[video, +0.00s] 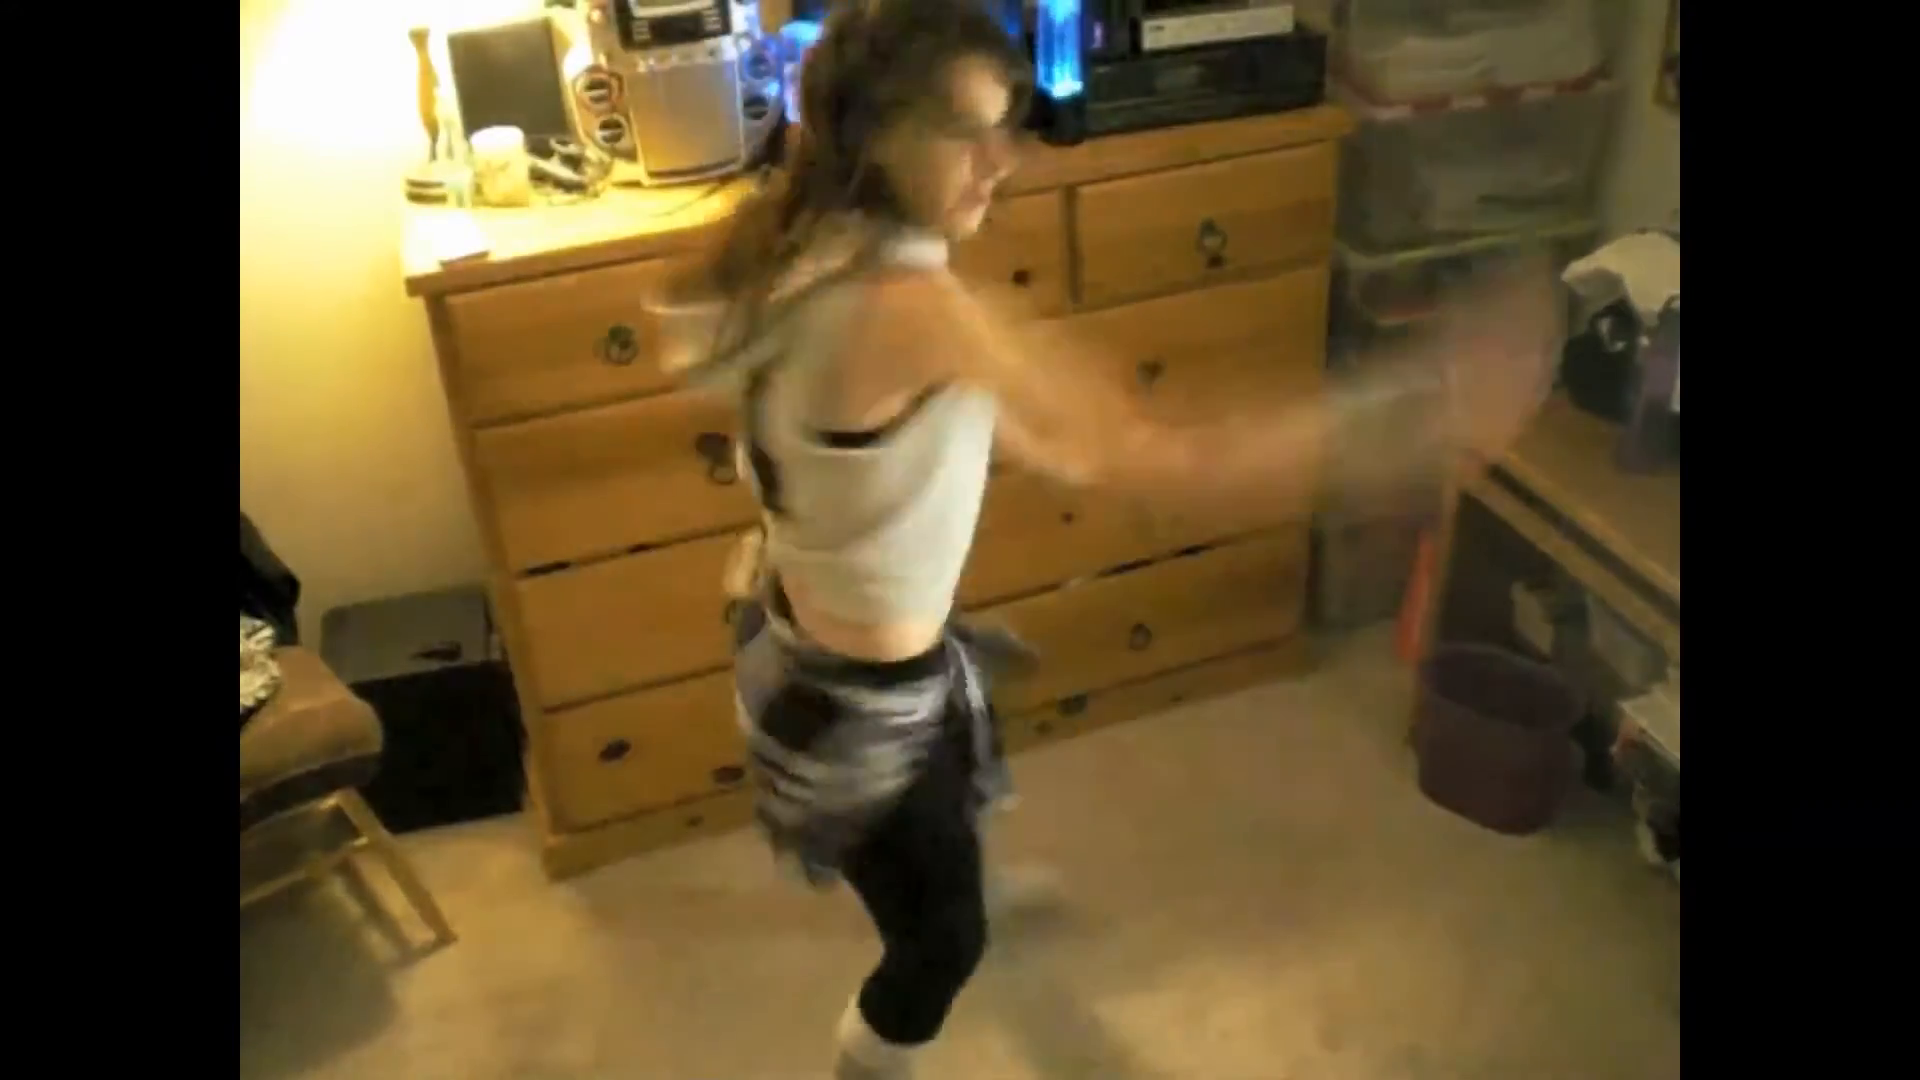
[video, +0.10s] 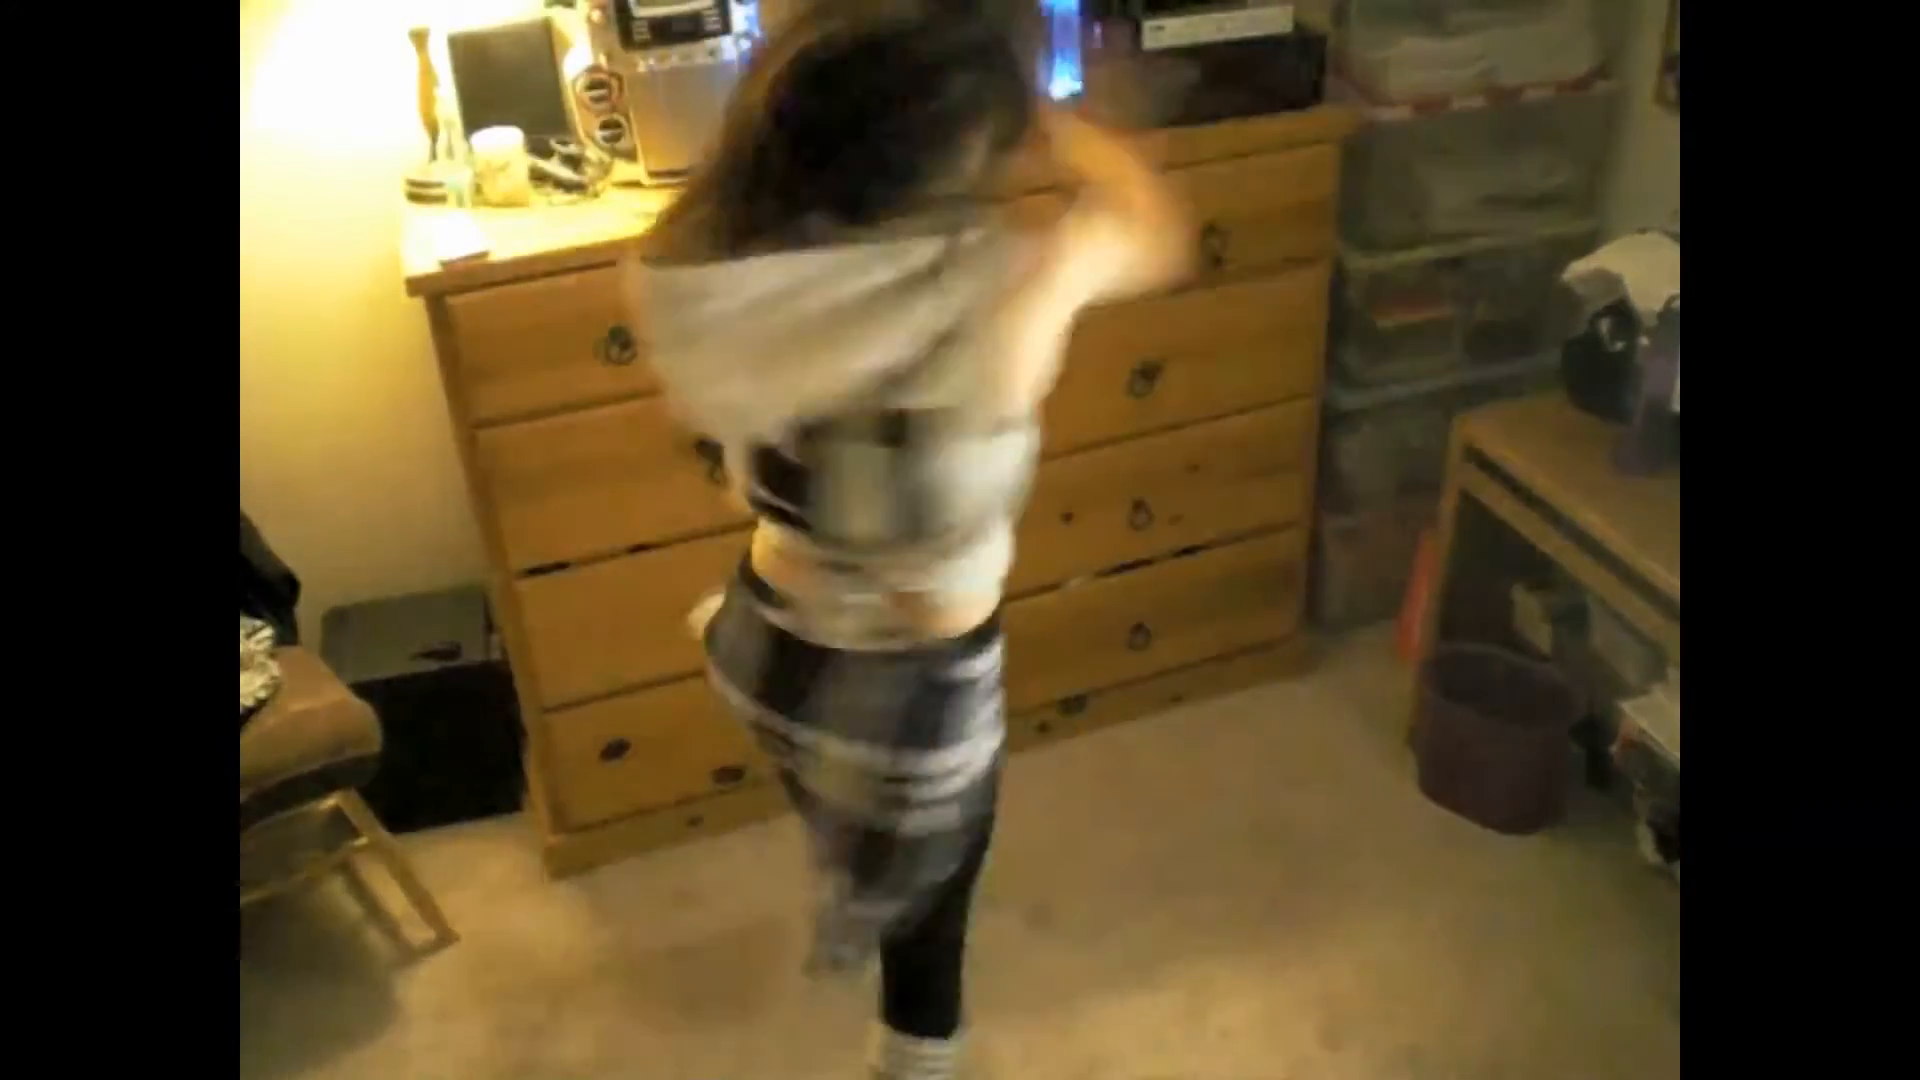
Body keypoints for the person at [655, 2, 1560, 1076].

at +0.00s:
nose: (997, 164)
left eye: (1002, 131)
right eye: (964, 135)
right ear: (869, 136)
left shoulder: (808, 246)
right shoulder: (908, 307)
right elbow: (1136, 457)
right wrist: (1404, 416)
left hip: (830, 645)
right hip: (863, 711)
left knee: (946, 790)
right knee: (937, 942)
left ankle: (966, 894)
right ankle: (870, 1054)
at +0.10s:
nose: (1006, 152)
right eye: (996, 133)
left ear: (786, 132)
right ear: (963, 158)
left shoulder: (742, 278)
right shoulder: (1009, 278)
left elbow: (750, 148)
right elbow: (1153, 225)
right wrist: (1051, 125)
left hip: (768, 658)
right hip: (919, 694)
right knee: (923, 927)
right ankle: (917, 1060)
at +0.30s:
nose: (899, 172)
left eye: (930, 140)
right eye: (872, 140)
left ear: (994, 130)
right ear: (843, 125)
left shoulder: (957, 289)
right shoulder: (887, 235)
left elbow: (820, 519)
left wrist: (694, 745)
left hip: (908, 698)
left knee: (665, 929)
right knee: (944, 933)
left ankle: (796, 1066)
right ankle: (989, 1059)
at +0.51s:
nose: (876, 190)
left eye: (901, 155)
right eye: (844, 155)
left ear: (927, 145)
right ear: (774, 142)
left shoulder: (973, 259)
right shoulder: (721, 253)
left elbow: (1197, 327)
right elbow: (625, 18)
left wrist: (1423, 437)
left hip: (955, 701)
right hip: (780, 721)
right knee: (838, 1001)